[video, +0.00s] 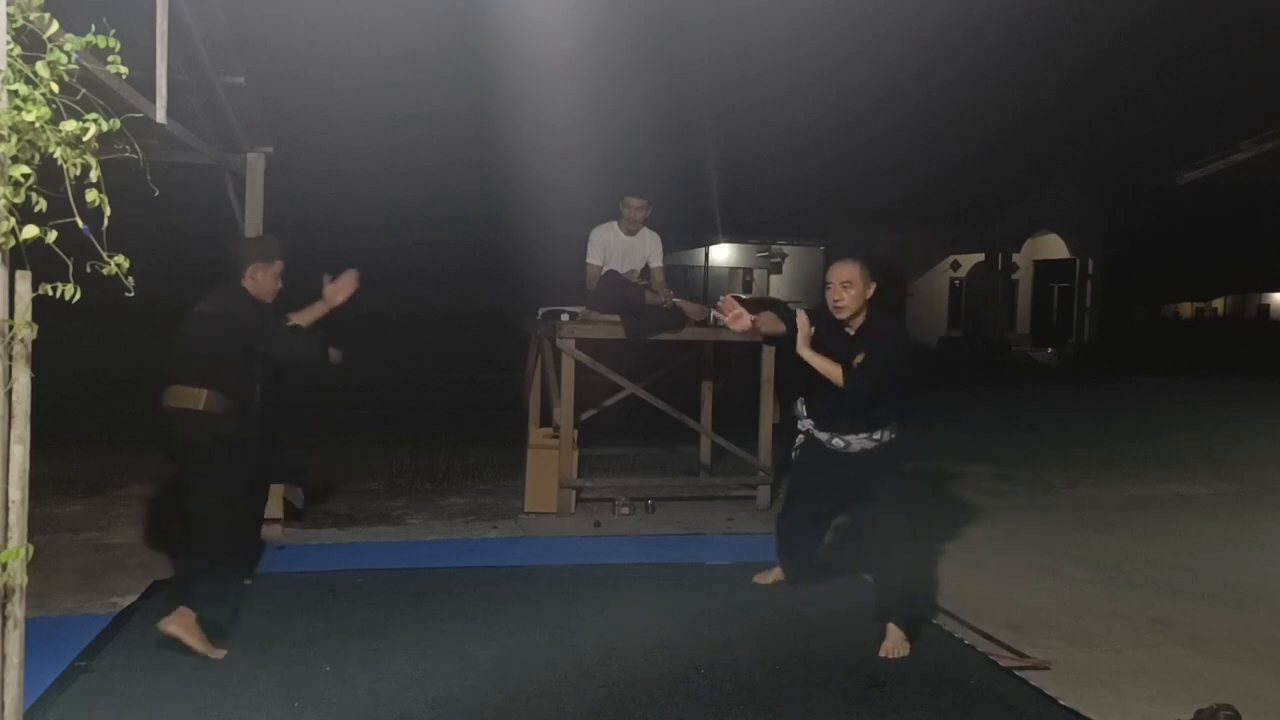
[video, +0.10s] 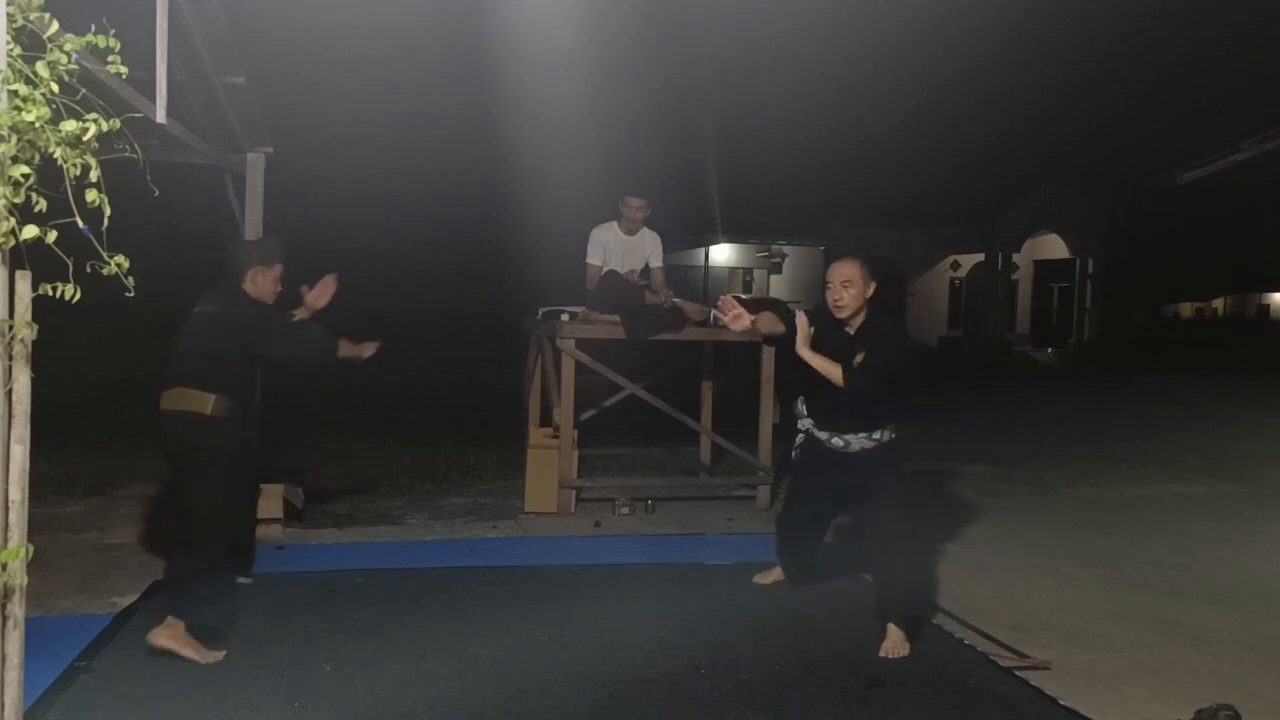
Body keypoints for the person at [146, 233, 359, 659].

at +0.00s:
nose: (280, 284)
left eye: (280, 275)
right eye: (277, 274)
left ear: (250, 273)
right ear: (255, 272)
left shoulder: (222, 303)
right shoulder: (238, 309)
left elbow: (278, 328)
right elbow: (290, 345)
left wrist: (326, 303)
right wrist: (330, 354)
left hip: (187, 420)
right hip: (208, 424)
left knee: (211, 510)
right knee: (222, 513)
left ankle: (188, 609)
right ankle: (186, 613)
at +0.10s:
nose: (279, 286)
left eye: (279, 277)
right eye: (276, 277)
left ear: (247, 276)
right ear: (253, 276)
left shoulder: (216, 305)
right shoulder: (239, 312)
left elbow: (265, 336)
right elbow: (286, 344)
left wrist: (305, 309)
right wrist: (347, 349)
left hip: (186, 427)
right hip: (208, 431)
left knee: (207, 517)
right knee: (211, 523)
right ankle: (175, 623)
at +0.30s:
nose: (278, 290)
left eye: (278, 280)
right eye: (275, 281)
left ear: (240, 280)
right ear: (253, 280)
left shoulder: (201, 312)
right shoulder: (252, 322)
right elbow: (332, 325)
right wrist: (401, 315)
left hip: (168, 432)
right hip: (202, 439)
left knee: (203, 522)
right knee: (216, 530)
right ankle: (175, 640)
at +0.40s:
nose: (276, 291)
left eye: (276, 282)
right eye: (273, 282)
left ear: (237, 281)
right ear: (253, 281)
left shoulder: (197, 312)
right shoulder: (253, 320)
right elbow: (330, 327)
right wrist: (399, 318)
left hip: (164, 434)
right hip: (203, 441)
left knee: (202, 523)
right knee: (217, 535)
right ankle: (175, 642)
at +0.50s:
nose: (275, 290)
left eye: (274, 281)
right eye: (271, 281)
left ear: (237, 282)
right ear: (250, 282)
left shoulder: (201, 312)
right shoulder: (250, 320)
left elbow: (239, 340)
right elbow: (323, 332)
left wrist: (280, 320)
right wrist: (396, 337)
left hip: (166, 432)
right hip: (201, 439)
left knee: (202, 523)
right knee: (218, 538)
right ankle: (175, 640)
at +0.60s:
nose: (276, 286)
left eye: (276, 277)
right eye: (273, 277)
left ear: (240, 277)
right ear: (252, 277)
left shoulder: (206, 307)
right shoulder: (244, 315)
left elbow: (254, 330)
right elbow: (310, 340)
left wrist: (298, 315)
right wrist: (366, 369)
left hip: (170, 421)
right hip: (199, 428)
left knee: (200, 515)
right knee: (217, 525)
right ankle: (177, 627)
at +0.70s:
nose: (279, 284)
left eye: (280, 276)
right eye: (277, 275)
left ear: (249, 272)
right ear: (255, 270)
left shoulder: (213, 298)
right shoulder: (239, 307)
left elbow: (280, 329)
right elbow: (286, 337)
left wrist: (337, 317)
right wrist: (339, 319)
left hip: (169, 413)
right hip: (198, 420)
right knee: (238, 503)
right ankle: (201, 603)